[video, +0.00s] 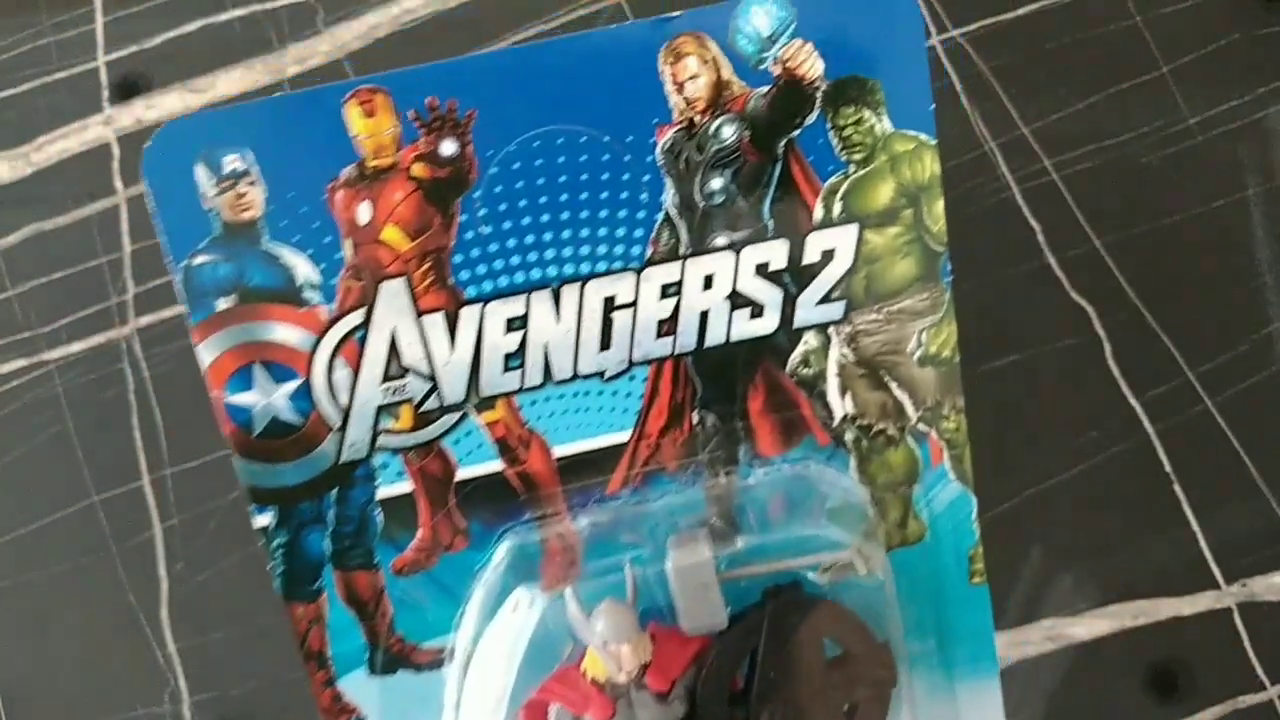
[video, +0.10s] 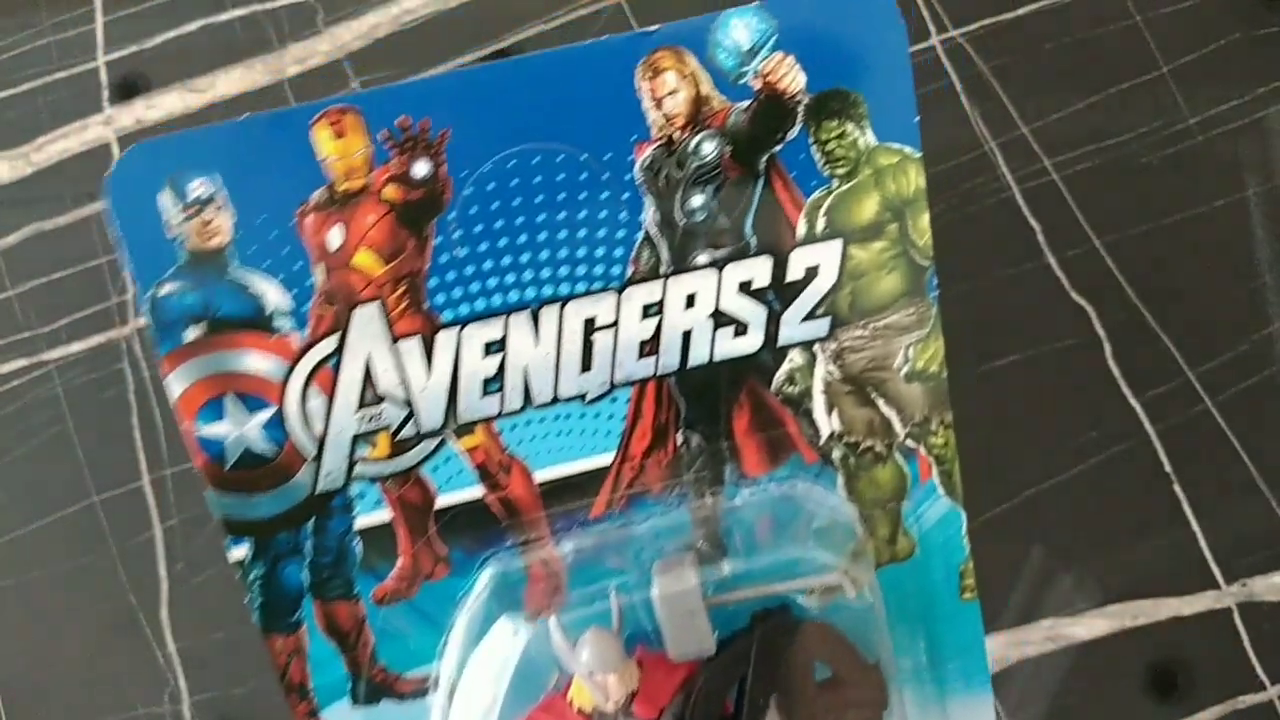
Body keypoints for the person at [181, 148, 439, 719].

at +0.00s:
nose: (243, 194)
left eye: (248, 183)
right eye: (229, 189)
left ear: (263, 189)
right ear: (211, 203)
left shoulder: (297, 261)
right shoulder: (207, 272)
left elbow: (327, 337)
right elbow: (225, 362)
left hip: (336, 429)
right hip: (277, 449)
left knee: (358, 544)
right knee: (302, 566)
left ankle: (388, 648)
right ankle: (321, 689)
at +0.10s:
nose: (208, 222)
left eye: (213, 209)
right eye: (193, 216)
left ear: (229, 212)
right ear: (176, 231)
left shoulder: (265, 285)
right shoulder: (173, 298)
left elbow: (299, 360)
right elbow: (198, 389)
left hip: (312, 453)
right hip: (251, 474)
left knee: (337, 569)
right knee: (280, 592)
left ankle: (369, 675)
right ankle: (299, 704)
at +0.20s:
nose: (189, 241)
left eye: (194, 228)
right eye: (173, 235)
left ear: (209, 234)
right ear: (156, 251)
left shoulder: (245, 304)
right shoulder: (152, 320)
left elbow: (283, 380)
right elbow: (174, 411)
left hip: (300, 470)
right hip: (240, 492)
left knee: (327, 589)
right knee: (270, 609)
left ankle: (361, 692)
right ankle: (290, 710)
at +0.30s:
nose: (166, 263)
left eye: (171, 251)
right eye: (151, 258)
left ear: (185, 256)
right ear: (132, 273)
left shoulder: (219, 323)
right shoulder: (133, 344)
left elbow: (262, 400)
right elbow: (165, 444)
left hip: (283, 481)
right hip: (226, 506)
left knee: (316, 599)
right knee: (260, 625)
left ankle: (355, 706)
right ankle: (282, 713)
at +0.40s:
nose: (155, 274)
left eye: (160, 261)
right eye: (140, 269)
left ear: (175, 266)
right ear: (123, 284)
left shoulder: (212, 335)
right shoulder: (123, 354)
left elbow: (256, 412)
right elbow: (157, 449)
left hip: (280, 492)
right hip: (219, 518)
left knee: (314, 613)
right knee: (257, 636)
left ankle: (350, 710)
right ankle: (277, 713)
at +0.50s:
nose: (139, 282)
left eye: (143, 269)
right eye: (123, 276)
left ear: (157, 273)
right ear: (106, 292)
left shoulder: (198, 342)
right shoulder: (108, 361)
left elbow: (246, 423)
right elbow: (142, 464)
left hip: (271, 510)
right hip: (214, 535)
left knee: (308, 637)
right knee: (251, 658)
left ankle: (343, 711)